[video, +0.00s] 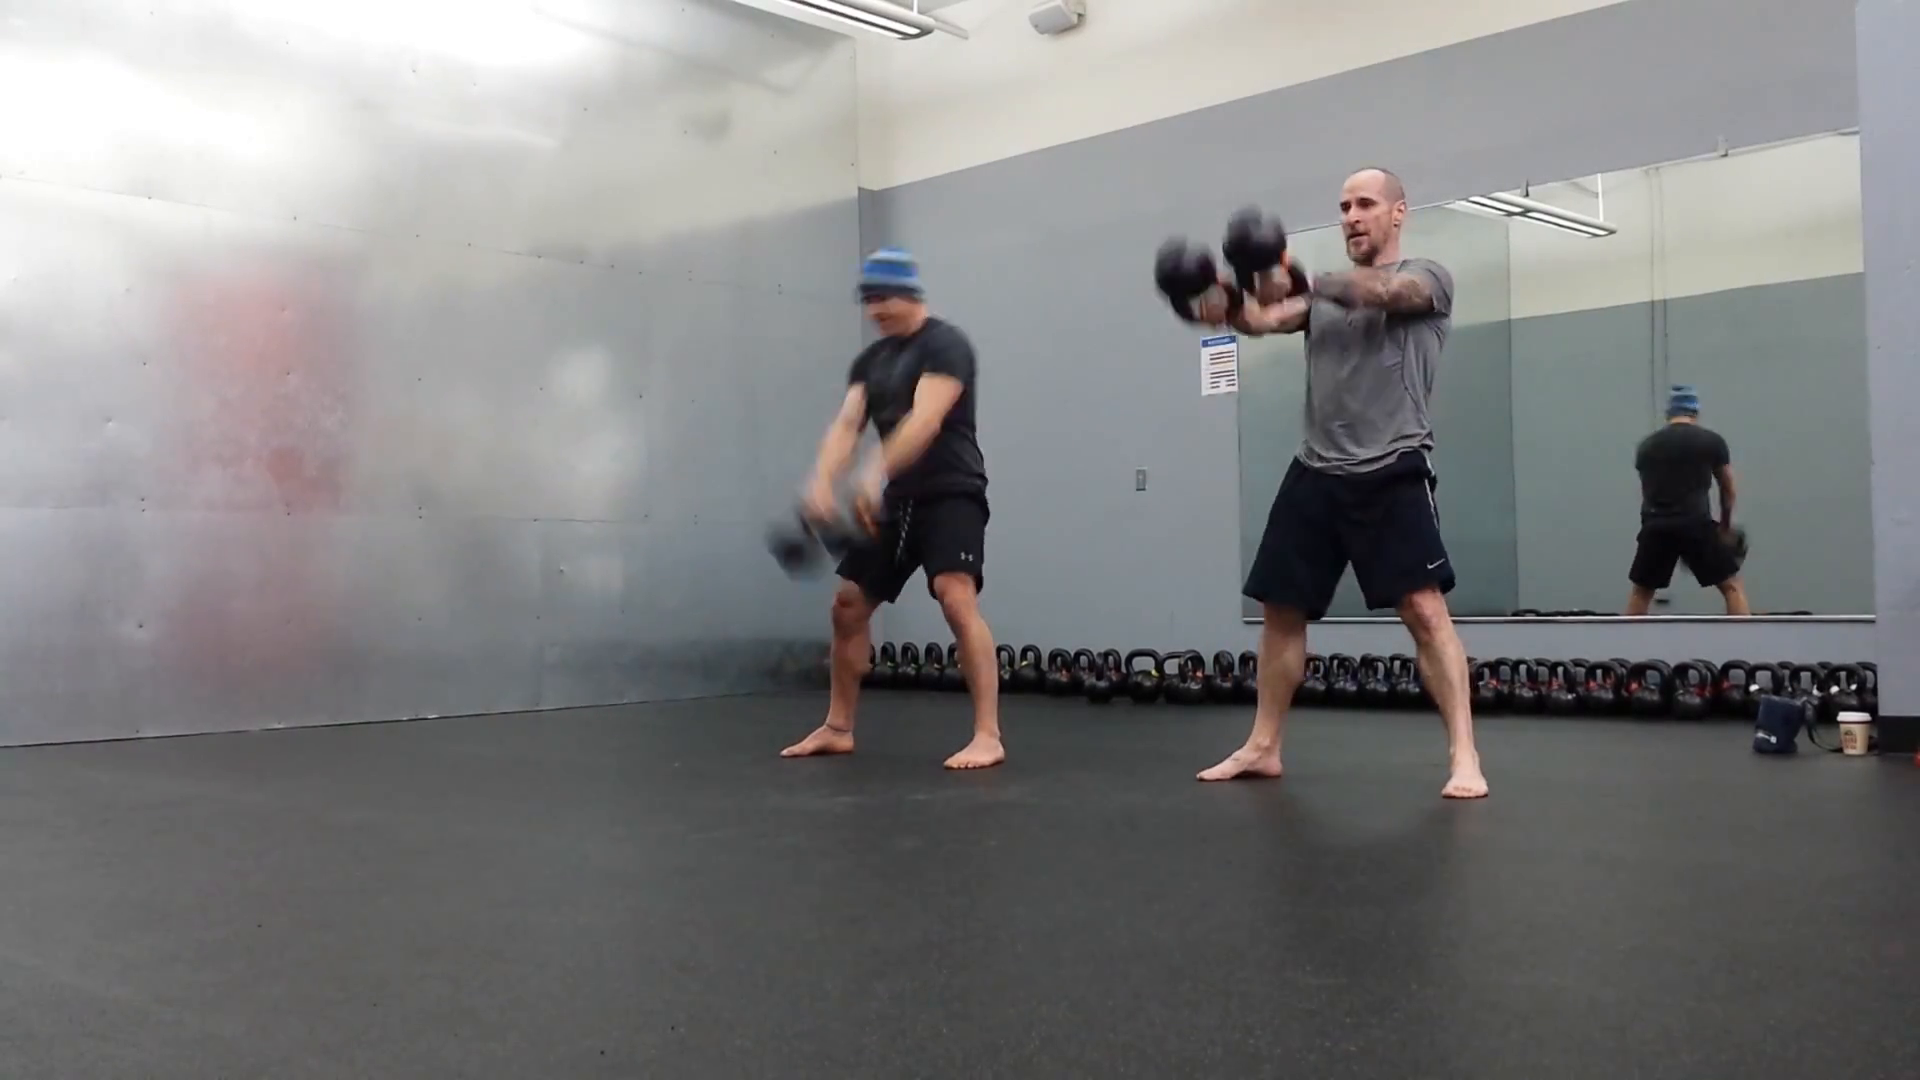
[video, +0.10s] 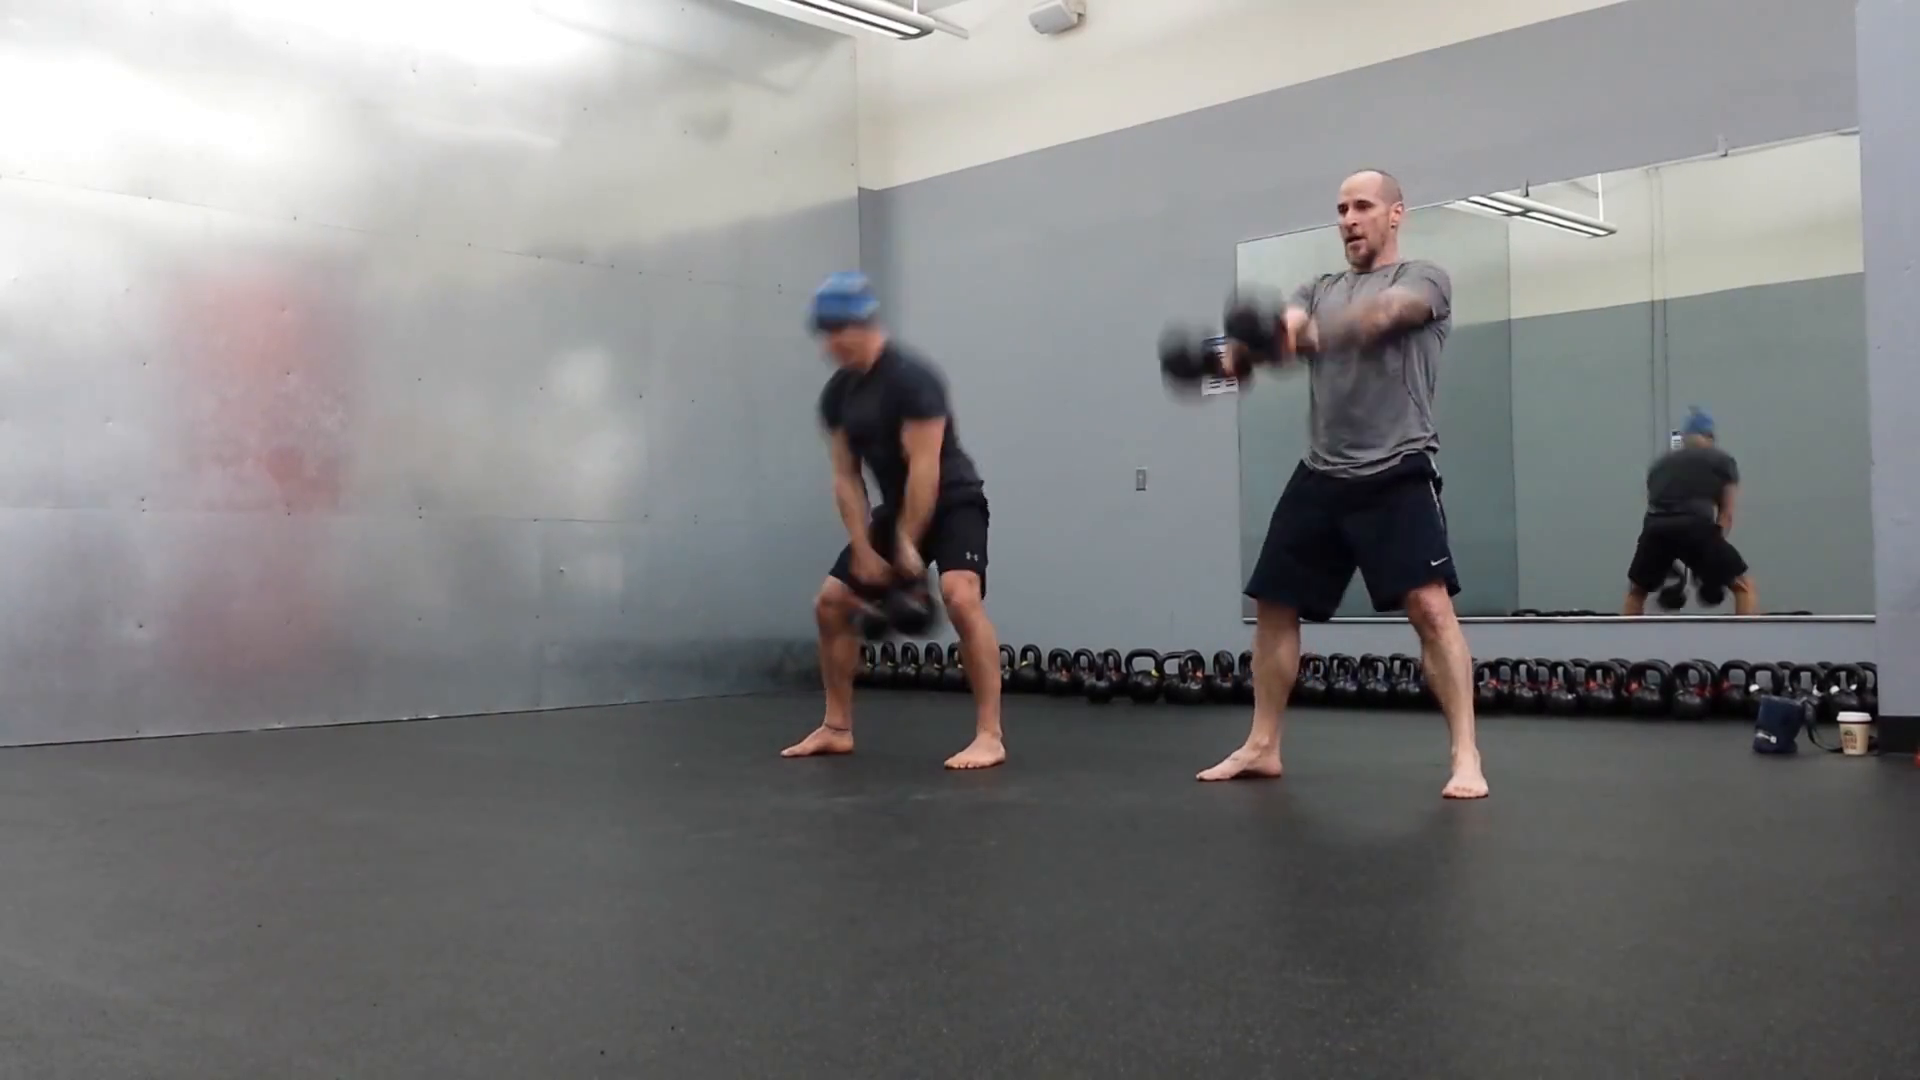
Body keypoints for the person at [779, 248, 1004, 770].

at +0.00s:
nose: (876, 309)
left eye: (885, 298)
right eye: (870, 299)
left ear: (913, 296)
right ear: (866, 303)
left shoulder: (947, 345)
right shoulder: (871, 359)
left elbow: (923, 421)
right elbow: (846, 425)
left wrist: (874, 475)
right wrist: (821, 482)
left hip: (951, 497)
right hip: (896, 500)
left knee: (955, 597)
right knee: (848, 606)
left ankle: (988, 736)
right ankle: (838, 727)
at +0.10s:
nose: (832, 341)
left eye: (840, 328)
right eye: (826, 331)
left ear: (868, 323)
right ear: (823, 335)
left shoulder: (915, 378)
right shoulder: (837, 394)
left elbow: (925, 469)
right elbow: (846, 477)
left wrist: (907, 539)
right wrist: (862, 546)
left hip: (954, 501)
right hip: (898, 507)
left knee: (960, 597)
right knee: (831, 605)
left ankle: (990, 735)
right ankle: (837, 726)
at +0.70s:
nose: (900, 293)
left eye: (909, 283)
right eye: (896, 285)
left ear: (939, 288)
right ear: (897, 294)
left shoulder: (968, 333)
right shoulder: (893, 347)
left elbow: (923, 386)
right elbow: (853, 391)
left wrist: (858, 401)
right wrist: (810, 416)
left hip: (937, 489)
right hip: (884, 488)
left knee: (951, 600)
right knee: (851, 605)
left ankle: (985, 735)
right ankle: (838, 726)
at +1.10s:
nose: (848, 278)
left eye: (858, 269)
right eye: (846, 270)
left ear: (888, 274)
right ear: (842, 280)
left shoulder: (912, 321)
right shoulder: (841, 328)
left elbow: (900, 236)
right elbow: (802, 260)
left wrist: (880, 161)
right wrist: (805, 183)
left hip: (902, 488)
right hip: (848, 493)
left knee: (939, 605)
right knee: (851, 616)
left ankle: (986, 736)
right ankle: (840, 728)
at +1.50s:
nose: (848, 280)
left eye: (858, 270)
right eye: (842, 272)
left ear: (888, 277)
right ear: (839, 282)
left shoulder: (909, 320)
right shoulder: (841, 328)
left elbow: (917, 229)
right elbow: (819, 249)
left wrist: (903, 157)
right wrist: (827, 171)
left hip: (893, 488)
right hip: (838, 492)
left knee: (936, 608)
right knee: (846, 619)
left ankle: (986, 735)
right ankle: (839, 728)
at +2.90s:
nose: (872, 276)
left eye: (883, 268)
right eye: (869, 270)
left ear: (912, 281)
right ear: (868, 282)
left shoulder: (934, 334)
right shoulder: (857, 350)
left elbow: (910, 395)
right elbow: (822, 416)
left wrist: (894, 327)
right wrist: (823, 346)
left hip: (908, 494)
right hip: (851, 495)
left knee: (942, 609)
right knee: (849, 618)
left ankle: (987, 736)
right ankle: (839, 727)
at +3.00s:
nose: (867, 278)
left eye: (877, 270)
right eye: (866, 271)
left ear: (908, 281)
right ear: (869, 281)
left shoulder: (937, 334)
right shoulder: (859, 350)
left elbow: (911, 396)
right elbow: (826, 417)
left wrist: (886, 328)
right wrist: (818, 349)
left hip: (912, 493)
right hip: (855, 494)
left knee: (945, 610)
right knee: (849, 618)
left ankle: (987, 736)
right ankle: (839, 727)